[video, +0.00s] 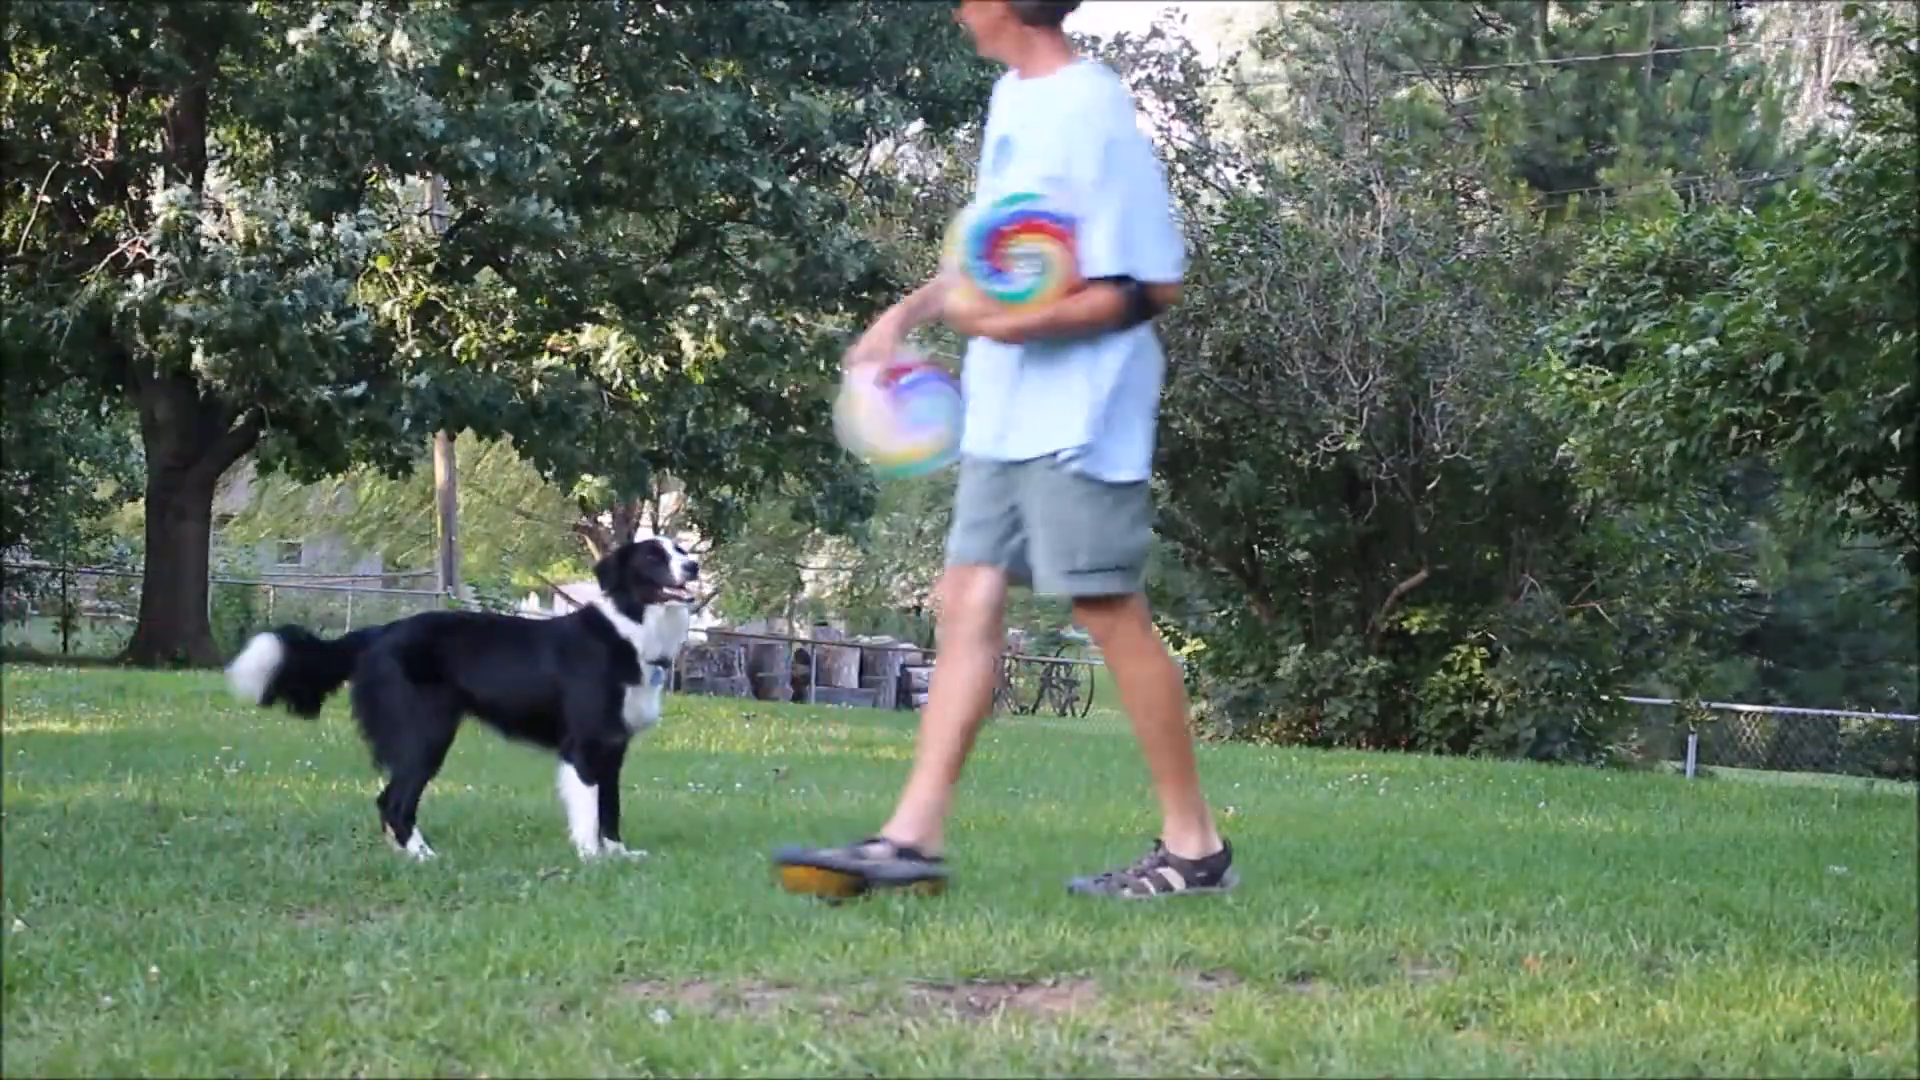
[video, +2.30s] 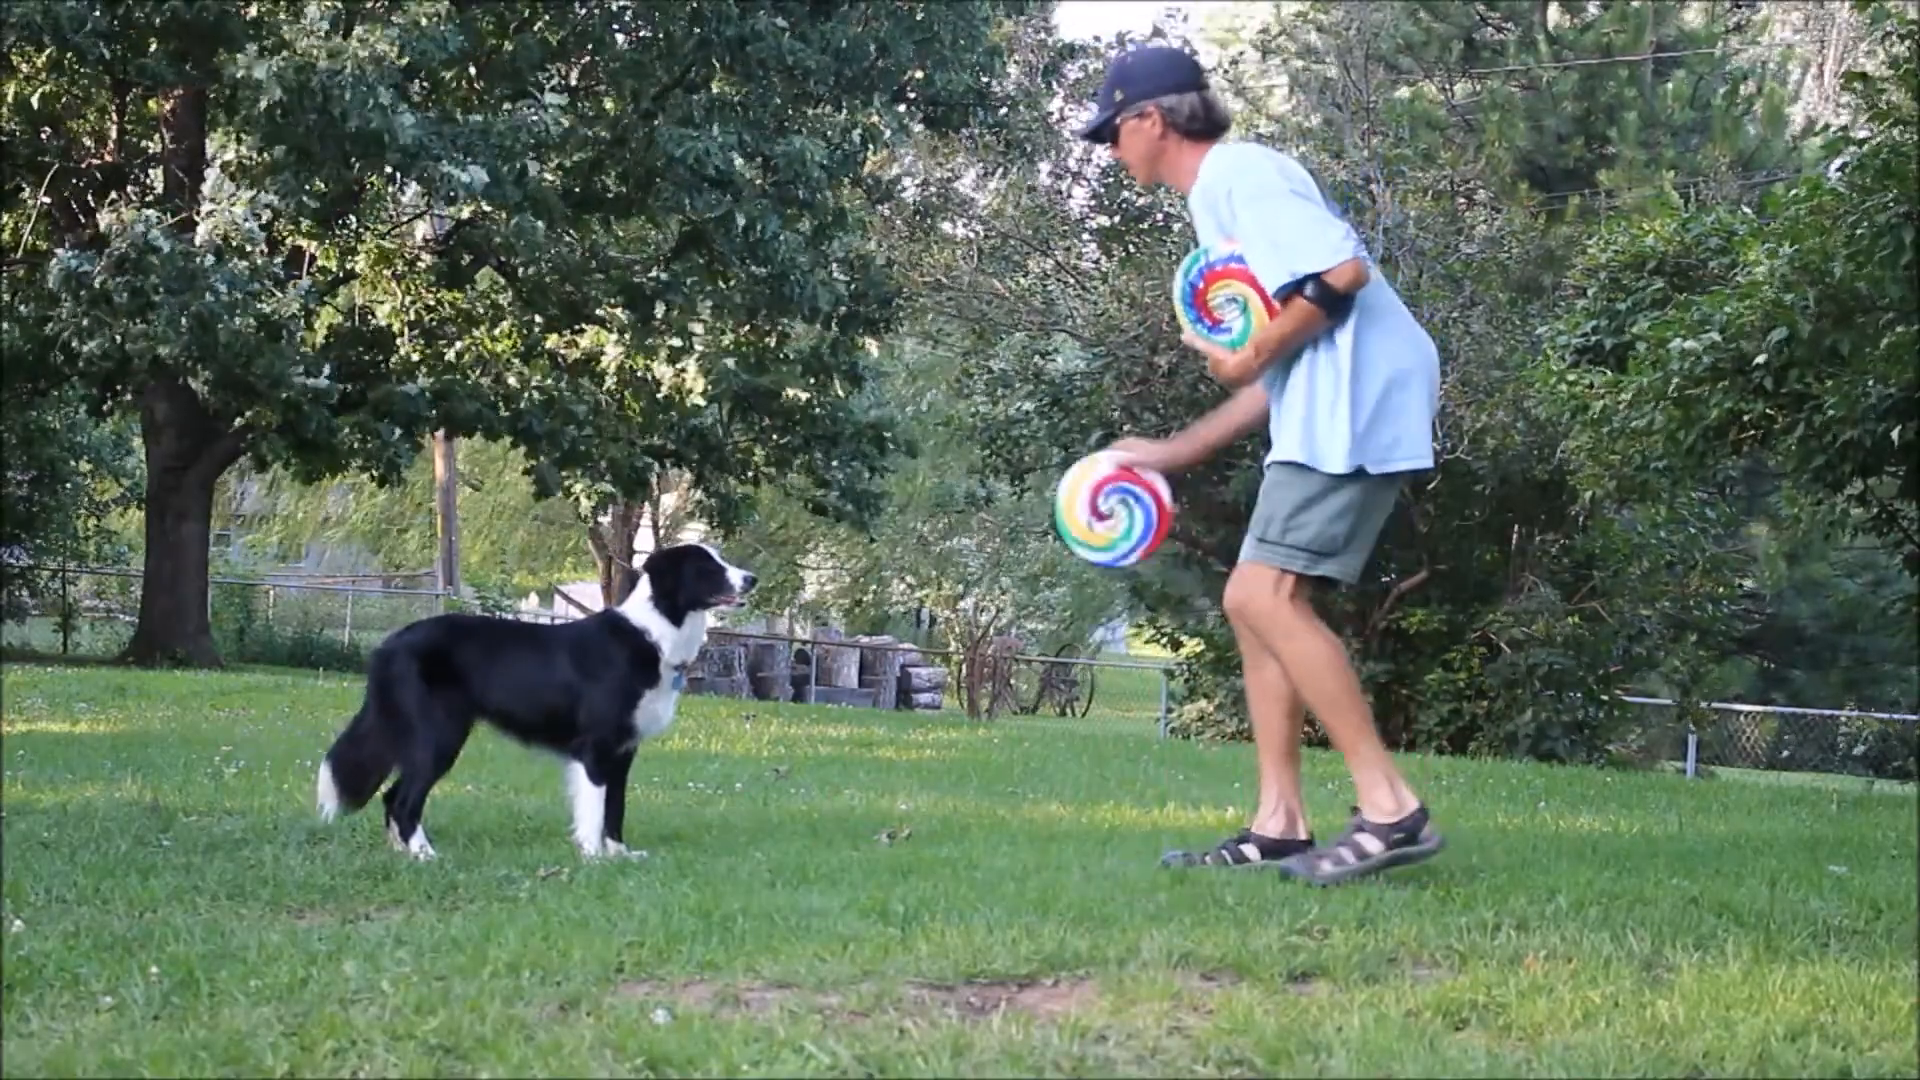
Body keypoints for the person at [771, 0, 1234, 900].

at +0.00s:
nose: (963, 15)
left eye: (971, 2)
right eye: (965, 4)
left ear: (1011, 9)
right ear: (1025, 12)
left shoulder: (1100, 114)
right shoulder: (1009, 104)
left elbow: (1142, 290)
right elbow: (993, 255)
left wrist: (1003, 324)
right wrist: (901, 316)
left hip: (1085, 421)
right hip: (1003, 415)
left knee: (1111, 614)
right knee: (967, 605)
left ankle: (1195, 846)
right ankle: (911, 840)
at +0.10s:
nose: (996, 5)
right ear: (1053, 1)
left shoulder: (1147, 97)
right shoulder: (1032, 80)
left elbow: (1202, 259)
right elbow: (1029, 232)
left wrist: (1076, 293)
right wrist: (934, 294)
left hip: (1123, 397)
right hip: (1027, 388)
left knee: (1138, 593)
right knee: (994, 572)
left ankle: (1194, 844)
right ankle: (997, 825)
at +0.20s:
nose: (1024, 5)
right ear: (1080, 5)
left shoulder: (1183, 99)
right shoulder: (1054, 78)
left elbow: (1235, 265)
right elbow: (1049, 226)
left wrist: (1111, 288)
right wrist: (943, 288)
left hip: (1151, 399)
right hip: (1054, 386)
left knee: (1154, 598)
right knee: (1020, 576)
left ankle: (1195, 846)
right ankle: (1096, 813)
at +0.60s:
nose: (1093, 33)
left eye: (1099, 15)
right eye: (1092, 17)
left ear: (1140, 14)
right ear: (1147, 19)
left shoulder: (1232, 118)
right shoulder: (1138, 119)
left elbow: (1283, 280)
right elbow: (1130, 266)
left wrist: (1167, 303)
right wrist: (1034, 315)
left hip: (1202, 405)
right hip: (1154, 398)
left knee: (1140, 596)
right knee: (1160, 594)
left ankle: (1191, 848)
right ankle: (1242, 803)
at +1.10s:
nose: (1139, 64)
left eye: (1146, 45)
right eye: (1139, 49)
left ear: (1186, 43)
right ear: (1197, 43)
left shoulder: (1238, 123)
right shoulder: (1247, 127)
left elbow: (1297, 264)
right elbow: (1264, 309)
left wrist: (1194, 311)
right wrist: (1152, 378)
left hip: (1275, 392)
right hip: (1285, 396)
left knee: (1180, 581)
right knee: (1239, 597)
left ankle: (1321, 792)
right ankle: (1261, 823)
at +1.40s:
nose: (1171, 75)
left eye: (1175, 57)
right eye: (1170, 61)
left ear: (1213, 51)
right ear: (1225, 52)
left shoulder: (1281, 131)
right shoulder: (1258, 144)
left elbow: (1340, 270)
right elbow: (1297, 315)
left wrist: (1237, 321)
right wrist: (1207, 391)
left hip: (1340, 405)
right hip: (1301, 408)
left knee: (1322, 608)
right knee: (1258, 600)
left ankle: (1425, 839)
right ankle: (1267, 822)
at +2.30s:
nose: (1113, 152)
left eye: (1115, 132)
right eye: (1110, 135)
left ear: (1153, 121)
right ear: (1159, 121)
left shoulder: (1235, 172)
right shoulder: (1215, 204)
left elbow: (1340, 271)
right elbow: (1274, 379)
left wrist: (1251, 357)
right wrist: (1172, 451)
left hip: (1363, 403)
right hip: (1329, 411)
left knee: (1267, 595)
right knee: (1248, 602)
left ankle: (1391, 812)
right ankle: (1279, 825)